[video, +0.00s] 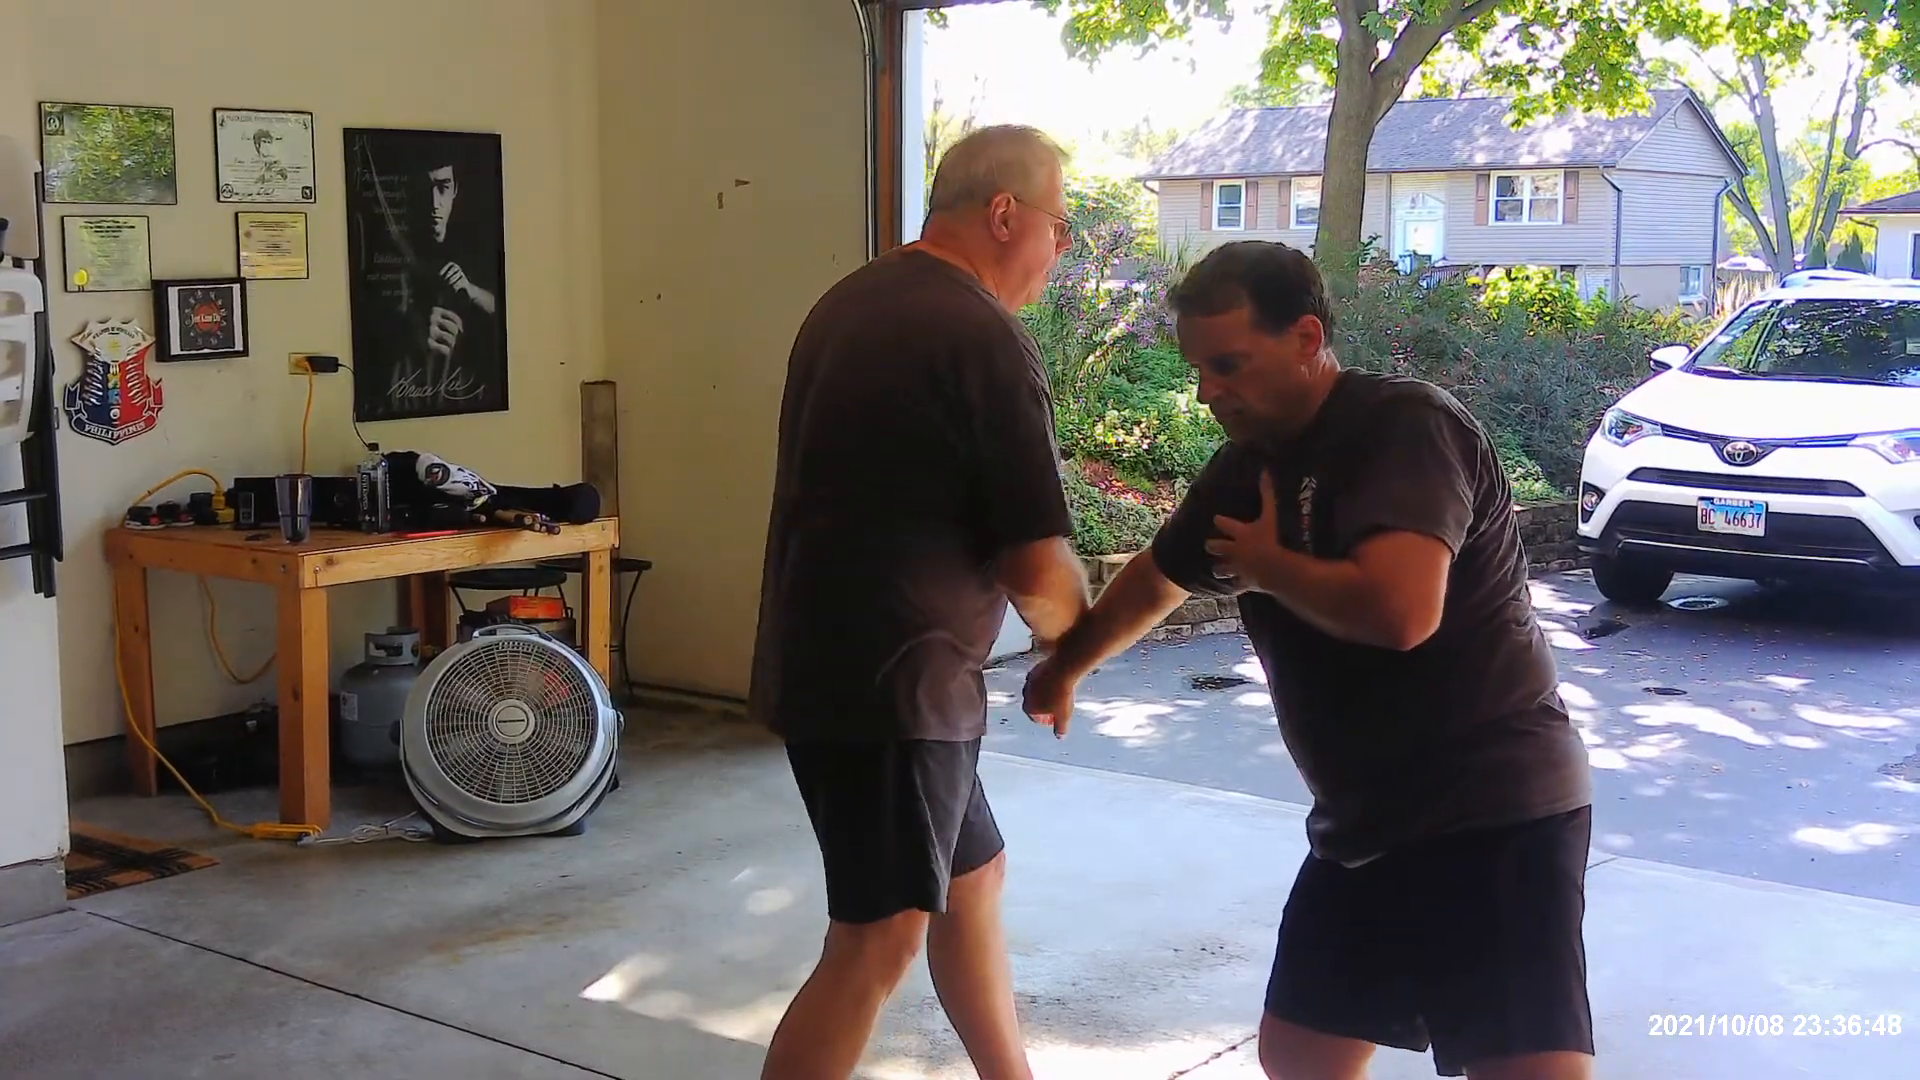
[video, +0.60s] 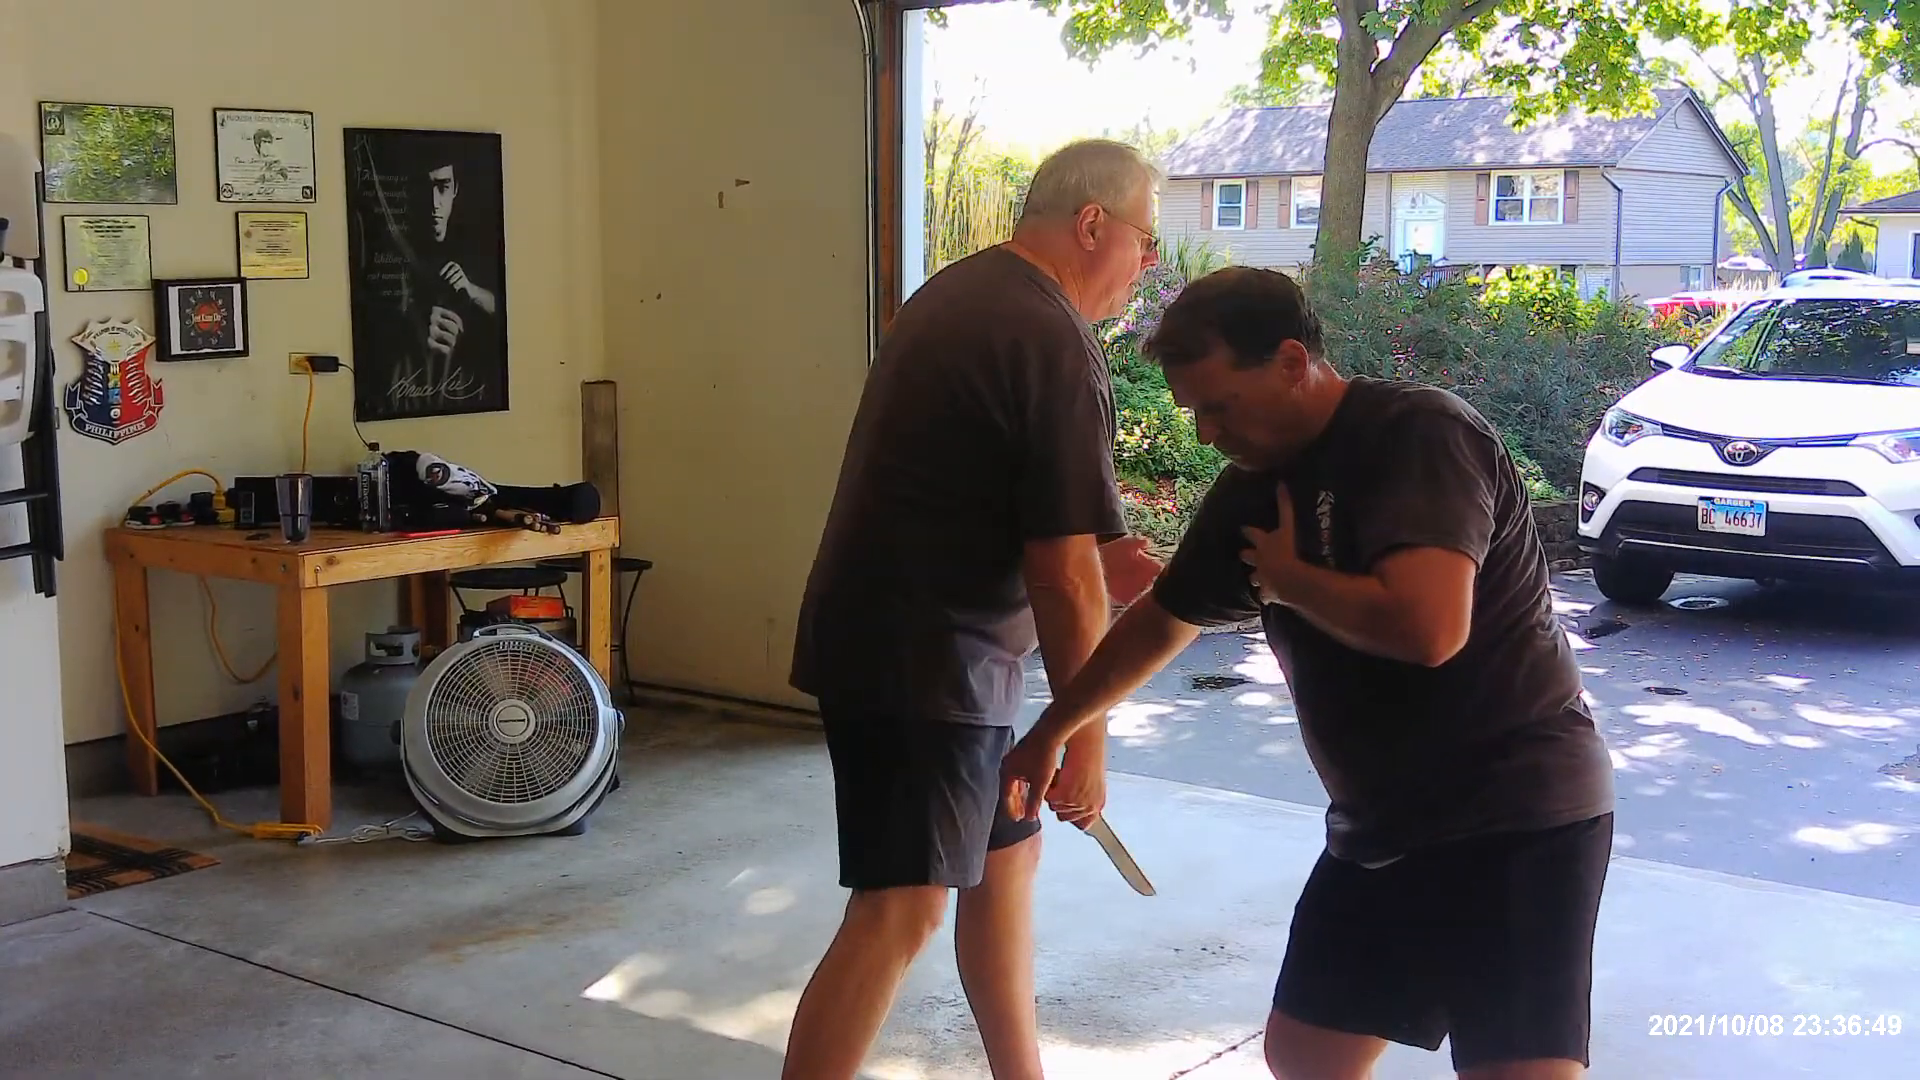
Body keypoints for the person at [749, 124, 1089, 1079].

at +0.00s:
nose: (1059, 257)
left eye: (1064, 235)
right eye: (1058, 230)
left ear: (959, 209)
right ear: (1005, 213)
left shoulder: (850, 301)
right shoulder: (979, 334)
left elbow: (845, 498)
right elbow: (1039, 570)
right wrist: (1070, 637)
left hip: (813, 654)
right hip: (897, 677)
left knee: (969, 869)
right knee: (879, 936)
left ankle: (1010, 1072)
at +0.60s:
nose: (1142, 270)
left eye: (1148, 249)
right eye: (1142, 245)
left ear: (1068, 222)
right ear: (1091, 225)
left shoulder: (955, 290)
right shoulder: (1047, 335)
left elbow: (951, 505)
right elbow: (1061, 573)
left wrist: (1089, 558)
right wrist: (1086, 734)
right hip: (920, 656)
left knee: (1006, 847)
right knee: (897, 913)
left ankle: (1020, 1071)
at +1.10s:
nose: (1034, 210)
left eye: (1040, 193)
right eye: (1017, 190)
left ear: (1026, 200)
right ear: (948, 188)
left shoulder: (988, 313)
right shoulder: (904, 310)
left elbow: (1024, 497)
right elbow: (950, 513)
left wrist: (1056, 638)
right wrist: (1066, 641)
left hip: (958, 652)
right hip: (862, 658)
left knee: (997, 843)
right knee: (860, 867)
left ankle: (1020, 1073)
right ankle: (782, 1066)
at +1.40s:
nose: (896, 183)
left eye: (906, 165)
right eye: (871, 166)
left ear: (918, 177)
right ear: (818, 181)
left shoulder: (919, 295)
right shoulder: (778, 313)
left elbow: (966, 458)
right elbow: (759, 517)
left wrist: (1023, 605)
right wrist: (801, 689)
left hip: (914, 648)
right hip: (812, 662)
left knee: (951, 838)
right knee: (813, 851)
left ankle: (990, 1069)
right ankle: (781, 1064)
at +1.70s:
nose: (857, 183)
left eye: (868, 163)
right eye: (831, 163)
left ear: (878, 174)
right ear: (776, 175)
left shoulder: (891, 289)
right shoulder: (727, 307)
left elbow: (930, 460)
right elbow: (641, 484)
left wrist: (944, 612)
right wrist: (602, 659)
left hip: (890, 632)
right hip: (781, 646)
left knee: (931, 825)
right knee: (803, 842)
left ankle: (887, 1056)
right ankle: (781, 1065)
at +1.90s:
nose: (889, 178)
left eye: (890, 161)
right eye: (868, 161)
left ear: (872, 177)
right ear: (798, 172)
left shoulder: (886, 291)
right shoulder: (720, 299)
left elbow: (933, 460)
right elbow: (641, 476)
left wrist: (957, 616)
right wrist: (636, 647)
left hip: (876, 625)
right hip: (768, 635)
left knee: (896, 824)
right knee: (797, 839)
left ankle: (841, 1048)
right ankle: (777, 1062)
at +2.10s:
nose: (910, 179)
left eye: (907, 161)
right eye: (893, 161)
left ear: (849, 172)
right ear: (824, 168)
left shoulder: (884, 289)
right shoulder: (735, 289)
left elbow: (932, 453)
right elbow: (668, 472)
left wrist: (966, 604)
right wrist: (715, 634)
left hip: (882, 627)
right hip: (786, 637)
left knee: (886, 818)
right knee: (798, 836)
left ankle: (840, 1049)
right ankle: (778, 1062)